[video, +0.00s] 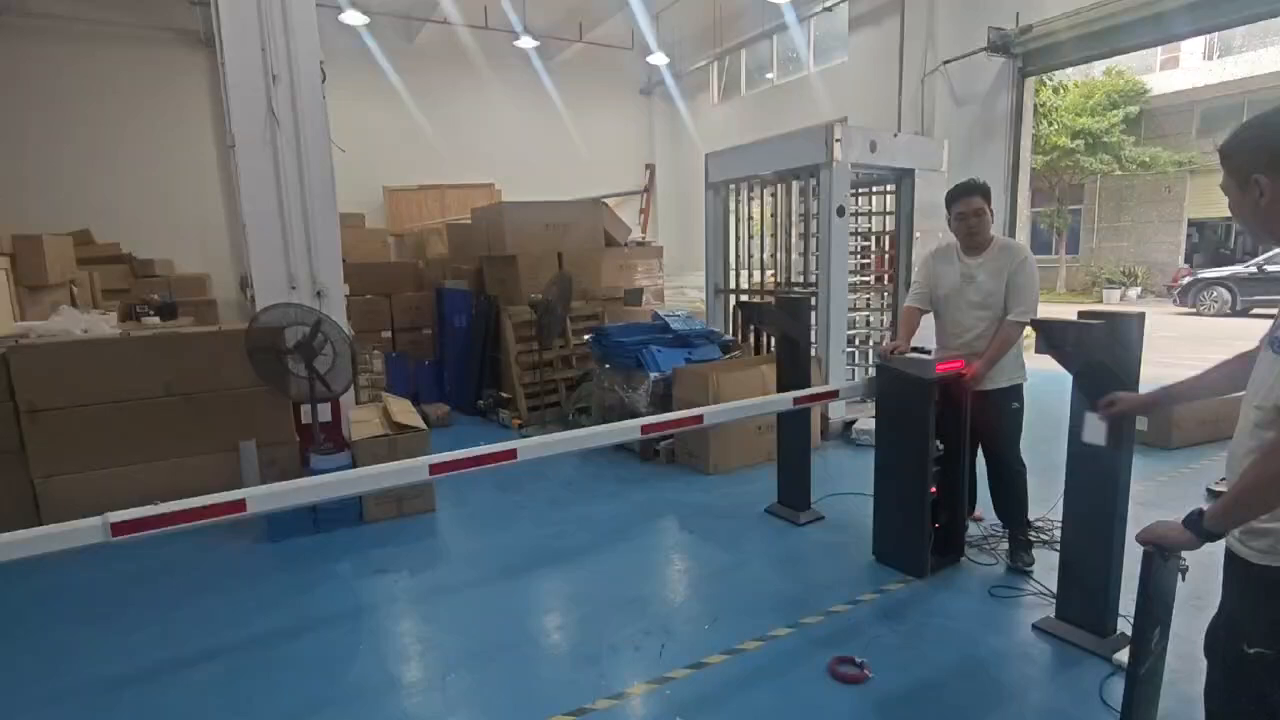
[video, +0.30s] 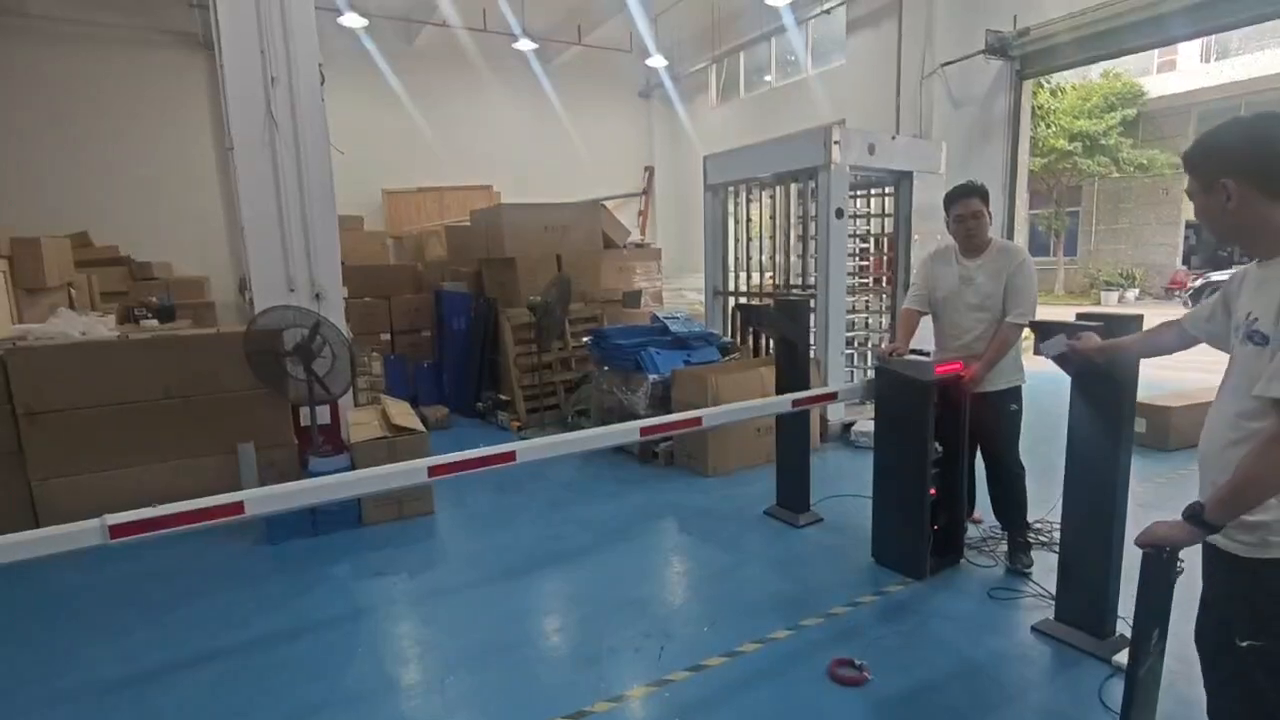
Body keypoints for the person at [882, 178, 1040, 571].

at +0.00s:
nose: (970, 223)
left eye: (977, 214)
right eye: (961, 217)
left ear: (991, 213)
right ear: (950, 221)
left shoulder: (1017, 257)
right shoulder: (937, 258)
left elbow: (1017, 319)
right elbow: (915, 302)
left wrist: (984, 362)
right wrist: (902, 338)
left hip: (1000, 380)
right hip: (951, 380)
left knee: (1004, 462)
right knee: (953, 463)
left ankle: (1018, 536)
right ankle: (949, 541)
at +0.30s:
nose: (969, 225)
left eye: (975, 216)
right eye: (960, 219)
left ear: (990, 216)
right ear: (948, 223)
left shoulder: (1015, 259)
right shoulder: (935, 260)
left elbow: (1016, 320)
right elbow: (914, 304)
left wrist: (983, 364)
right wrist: (901, 341)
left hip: (999, 382)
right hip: (950, 382)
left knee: (1003, 465)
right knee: (952, 466)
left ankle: (1017, 538)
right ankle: (949, 542)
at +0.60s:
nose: (966, 227)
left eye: (973, 219)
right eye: (957, 222)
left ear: (987, 218)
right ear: (946, 227)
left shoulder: (1012, 261)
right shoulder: (933, 263)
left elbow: (1014, 323)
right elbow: (911, 306)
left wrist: (981, 367)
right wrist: (899, 344)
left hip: (997, 385)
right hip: (948, 385)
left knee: (1002, 467)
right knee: (951, 467)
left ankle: (1016, 540)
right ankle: (948, 542)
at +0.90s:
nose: (963, 231)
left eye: (970, 222)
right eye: (954, 225)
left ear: (985, 221)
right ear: (943, 230)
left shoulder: (1010, 264)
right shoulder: (932, 265)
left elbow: (1011, 326)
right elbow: (910, 309)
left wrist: (978, 370)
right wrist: (897, 346)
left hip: (994, 388)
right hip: (946, 388)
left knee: (1000, 471)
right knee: (948, 471)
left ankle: (1014, 543)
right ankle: (946, 546)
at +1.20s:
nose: (952, 238)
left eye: (960, 230)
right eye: (945, 231)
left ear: (980, 228)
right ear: (937, 231)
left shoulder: (1007, 267)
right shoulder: (929, 267)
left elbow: (1008, 328)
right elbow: (907, 312)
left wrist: (976, 372)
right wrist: (894, 349)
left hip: (991, 390)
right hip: (943, 390)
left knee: (997, 472)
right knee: (946, 472)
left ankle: (1011, 544)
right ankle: (943, 547)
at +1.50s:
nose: (947, 241)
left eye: (956, 233)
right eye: (941, 233)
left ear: (978, 230)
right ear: (934, 233)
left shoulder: (1005, 269)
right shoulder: (927, 269)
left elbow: (1006, 330)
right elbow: (905, 314)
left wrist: (974, 373)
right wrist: (892, 352)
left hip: (990, 393)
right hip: (941, 392)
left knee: (995, 475)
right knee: (944, 475)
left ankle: (1010, 546)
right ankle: (940, 551)